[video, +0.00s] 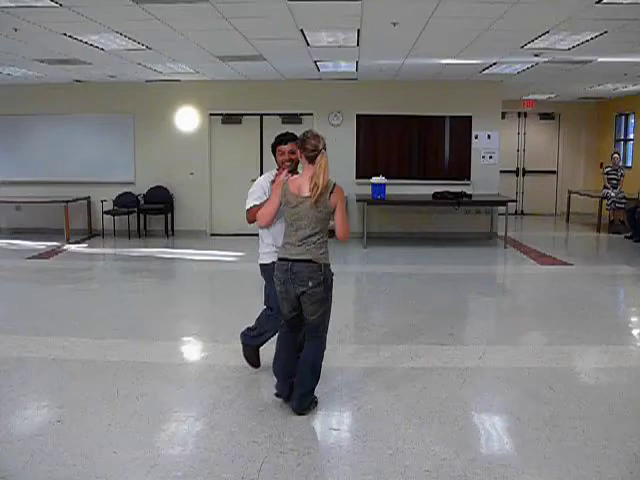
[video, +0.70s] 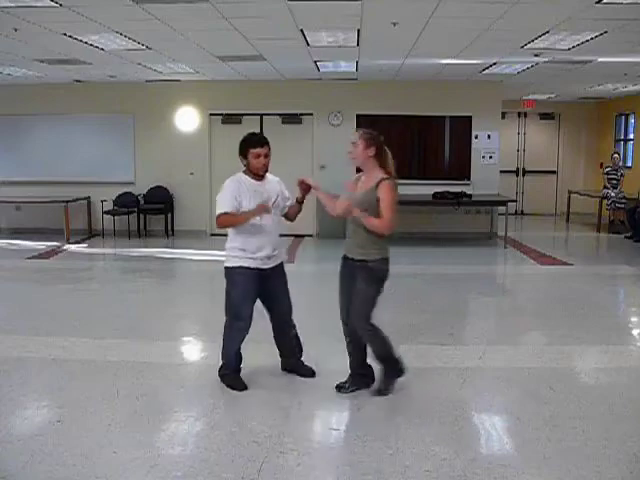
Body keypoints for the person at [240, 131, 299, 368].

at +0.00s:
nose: (287, 158)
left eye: (292, 153)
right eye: (282, 153)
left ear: (300, 154)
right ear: (275, 156)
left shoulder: (305, 181)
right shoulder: (265, 182)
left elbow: (317, 212)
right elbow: (251, 216)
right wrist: (277, 192)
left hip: (300, 255)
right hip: (272, 256)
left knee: (299, 314)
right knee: (279, 311)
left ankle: (291, 363)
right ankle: (251, 338)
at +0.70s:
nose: (263, 161)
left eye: (266, 156)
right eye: (257, 156)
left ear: (270, 156)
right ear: (245, 158)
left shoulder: (275, 184)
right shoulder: (234, 184)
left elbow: (290, 215)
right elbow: (222, 221)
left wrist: (301, 198)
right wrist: (253, 213)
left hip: (271, 262)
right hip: (241, 263)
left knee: (283, 315)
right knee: (239, 319)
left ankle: (291, 361)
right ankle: (229, 370)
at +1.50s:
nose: (248, 160)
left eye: (250, 155)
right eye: (242, 156)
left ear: (252, 157)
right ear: (226, 158)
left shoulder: (257, 187)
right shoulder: (212, 187)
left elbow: (275, 216)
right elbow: (197, 225)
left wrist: (306, 220)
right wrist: (225, 231)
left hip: (250, 266)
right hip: (221, 268)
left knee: (256, 314)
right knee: (225, 321)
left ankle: (244, 358)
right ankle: (223, 375)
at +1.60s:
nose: (252, 161)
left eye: (254, 156)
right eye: (246, 156)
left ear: (255, 157)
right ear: (230, 158)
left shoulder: (255, 186)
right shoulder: (216, 187)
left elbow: (269, 216)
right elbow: (207, 226)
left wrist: (297, 217)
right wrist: (243, 231)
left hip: (253, 266)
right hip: (224, 268)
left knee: (264, 313)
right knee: (227, 323)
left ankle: (248, 354)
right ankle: (223, 375)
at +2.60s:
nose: (268, 158)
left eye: (271, 153)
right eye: (261, 153)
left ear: (273, 155)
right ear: (247, 156)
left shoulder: (265, 183)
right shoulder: (240, 183)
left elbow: (270, 215)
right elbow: (252, 222)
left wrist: (294, 207)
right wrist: (287, 221)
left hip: (260, 265)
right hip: (241, 266)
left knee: (266, 319)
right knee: (251, 323)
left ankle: (261, 370)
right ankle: (247, 383)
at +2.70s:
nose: (262, 158)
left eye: (264, 153)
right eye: (255, 153)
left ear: (267, 154)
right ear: (241, 156)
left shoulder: (259, 184)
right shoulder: (234, 184)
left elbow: (265, 216)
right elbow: (243, 223)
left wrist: (289, 202)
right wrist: (284, 232)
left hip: (256, 265)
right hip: (234, 267)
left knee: (261, 319)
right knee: (239, 325)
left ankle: (259, 370)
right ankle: (234, 382)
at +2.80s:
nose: (253, 158)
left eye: (256, 154)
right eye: (247, 154)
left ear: (258, 156)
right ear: (232, 157)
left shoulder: (252, 185)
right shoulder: (226, 184)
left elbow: (264, 216)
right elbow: (233, 227)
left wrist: (281, 193)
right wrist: (274, 241)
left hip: (251, 266)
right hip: (228, 268)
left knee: (256, 320)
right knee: (230, 324)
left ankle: (259, 370)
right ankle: (213, 379)